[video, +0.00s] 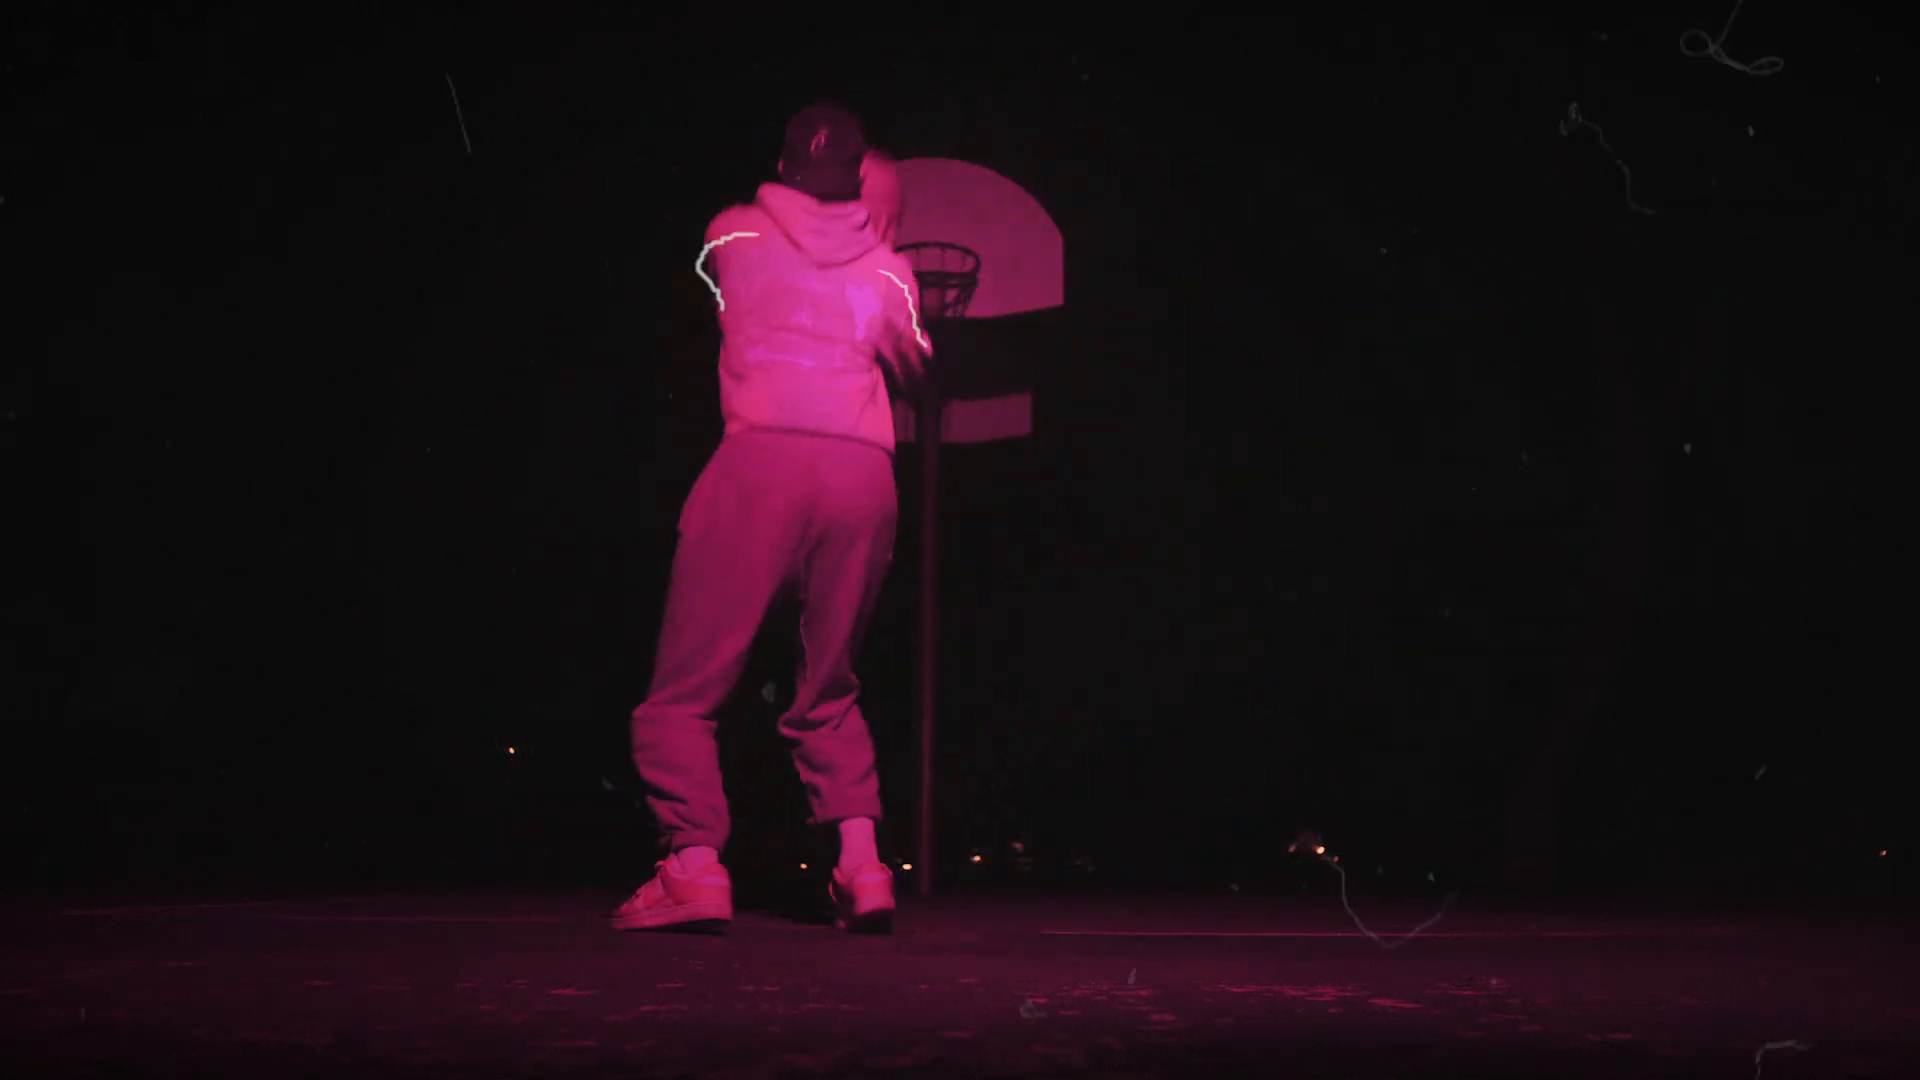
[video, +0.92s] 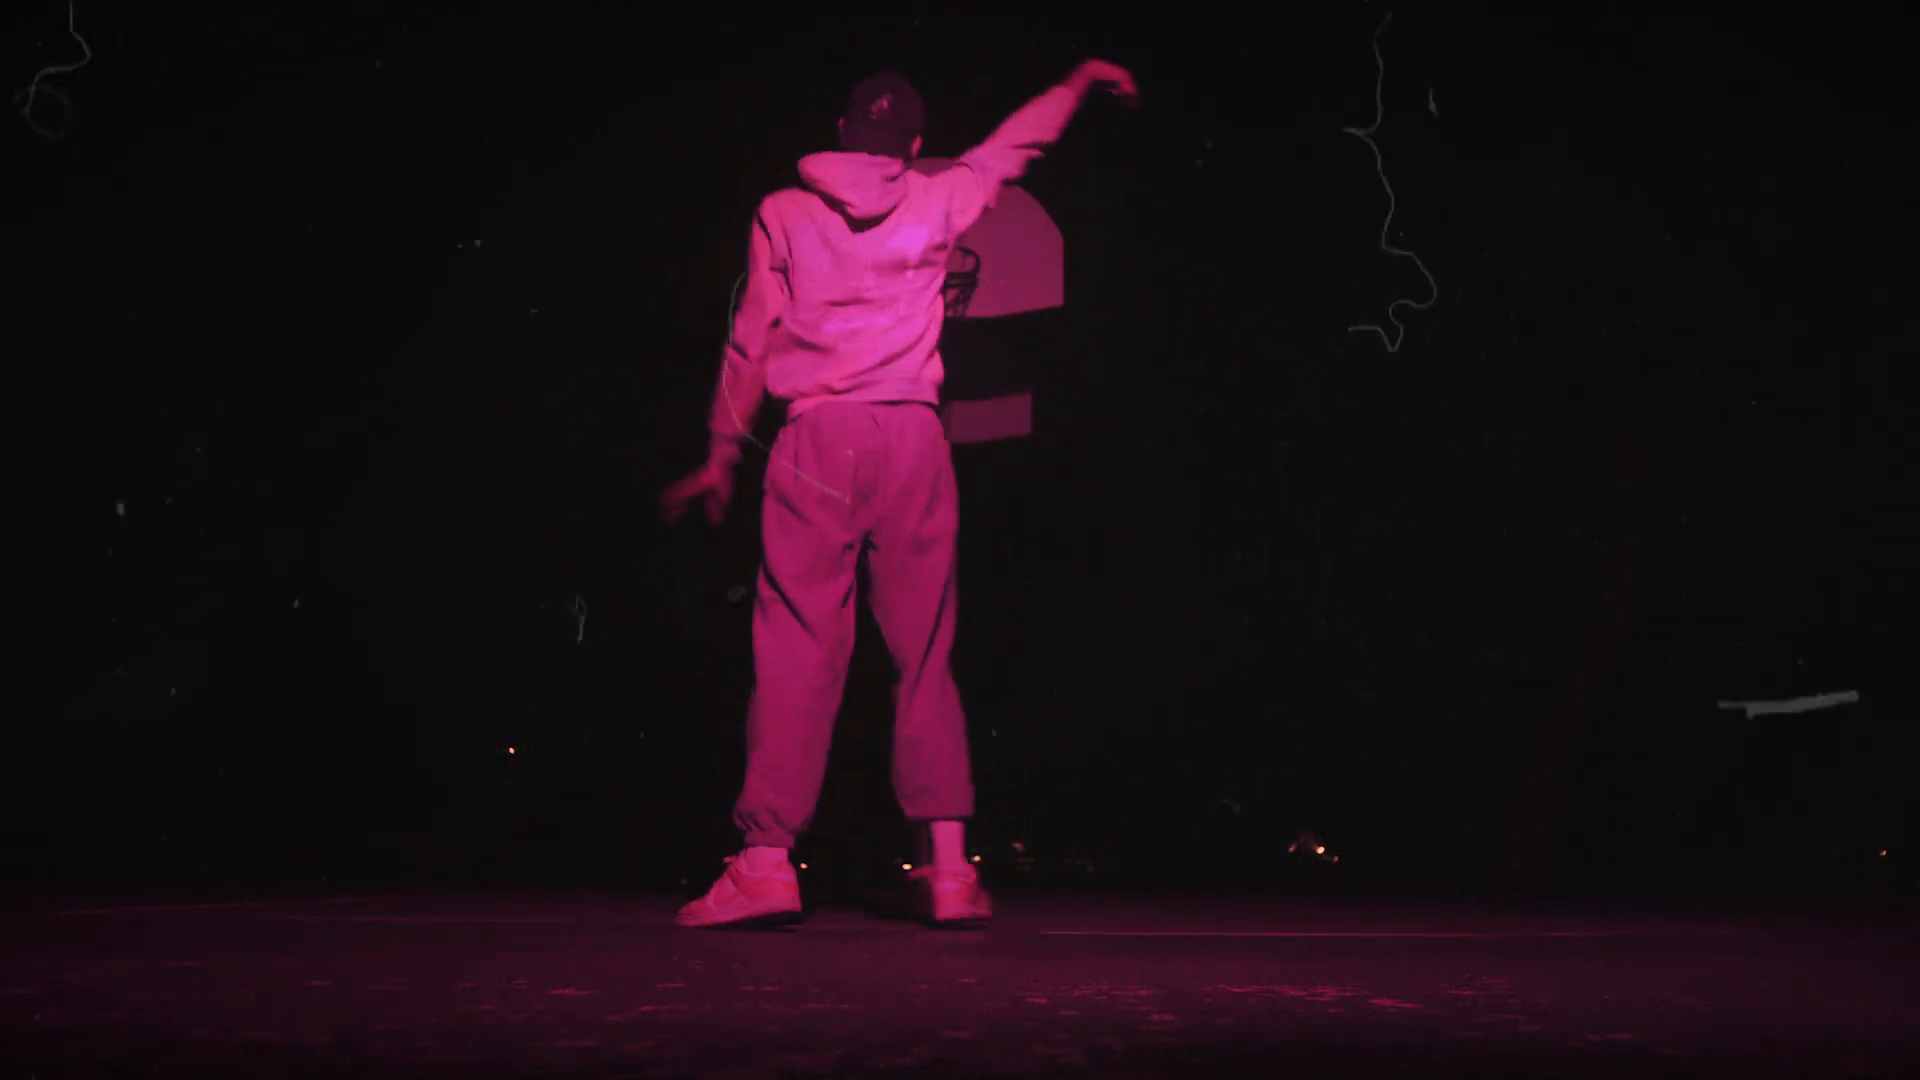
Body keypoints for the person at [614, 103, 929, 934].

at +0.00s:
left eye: (788, 165)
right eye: (858, 181)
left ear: (781, 172)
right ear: (865, 184)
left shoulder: (734, 237)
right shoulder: (889, 269)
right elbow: (912, 362)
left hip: (760, 468)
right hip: (862, 478)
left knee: (681, 695)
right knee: (827, 690)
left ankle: (694, 868)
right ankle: (862, 863)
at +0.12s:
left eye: (819, 52)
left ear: (797, 70)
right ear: (882, 87)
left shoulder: (752, 139)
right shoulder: (895, 178)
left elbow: (773, 89)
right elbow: (877, 250)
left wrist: (814, 40)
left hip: (776, 385)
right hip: (866, 397)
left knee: (712, 608)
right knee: (842, 619)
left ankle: (691, 813)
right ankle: (859, 832)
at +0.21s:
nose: (803, 31)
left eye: (809, 27)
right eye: (846, 33)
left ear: (800, 37)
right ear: (877, 48)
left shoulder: (762, 87)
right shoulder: (890, 118)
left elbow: (774, 33)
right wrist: (856, 16)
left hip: (775, 345)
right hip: (866, 354)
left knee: (721, 566)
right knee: (853, 594)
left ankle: (691, 768)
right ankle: (856, 799)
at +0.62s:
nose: (804, 112)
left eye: (807, 104)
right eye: (827, 106)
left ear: (800, 124)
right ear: (876, 129)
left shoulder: (768, 191)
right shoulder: (901, 189)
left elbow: (715, 156)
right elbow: (920, 114)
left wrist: (769, 77)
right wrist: (933, 39)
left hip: (800, 447)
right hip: (883, 447)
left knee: (748, 654)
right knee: (855, 666)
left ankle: (764, 875)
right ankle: (883, 872)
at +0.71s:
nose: (832, 115)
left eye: (823, 105)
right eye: (854, 110)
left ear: (805, 116)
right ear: (883, 127)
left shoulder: (761, 192)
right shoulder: (908, 185)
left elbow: (689, 254)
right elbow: (948, 120)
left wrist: (736, 178)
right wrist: (980, 48)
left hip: (803, 439)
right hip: (892, 437)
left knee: (766, 635)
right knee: (875, 639)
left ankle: (765, 858)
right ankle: (888, 862)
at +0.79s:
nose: (839, 115)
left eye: (833, 100)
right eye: (863, 108)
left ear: (815, 109)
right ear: (890, 121)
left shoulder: (766, 189)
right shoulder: (916, 183)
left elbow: (695, 289)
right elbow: (964, 124)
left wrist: (736, 245)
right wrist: (1006, 55)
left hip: (806, 429)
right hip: (900, 428)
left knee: (780, 632)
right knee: (890, 632)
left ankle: (765, 856)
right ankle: (901, 856)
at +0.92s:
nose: (891, 151)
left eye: (871, 129)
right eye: (905, 141)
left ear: (841, 130)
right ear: (915, 144)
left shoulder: (784, 212)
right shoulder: (939, 199)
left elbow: (750, 339)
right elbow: (1015, 145)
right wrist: (1079, 79)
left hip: (815, 435)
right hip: (913, 436)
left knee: (798, 638)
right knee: (923, 647)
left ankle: (766, 859)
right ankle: (949, 864)